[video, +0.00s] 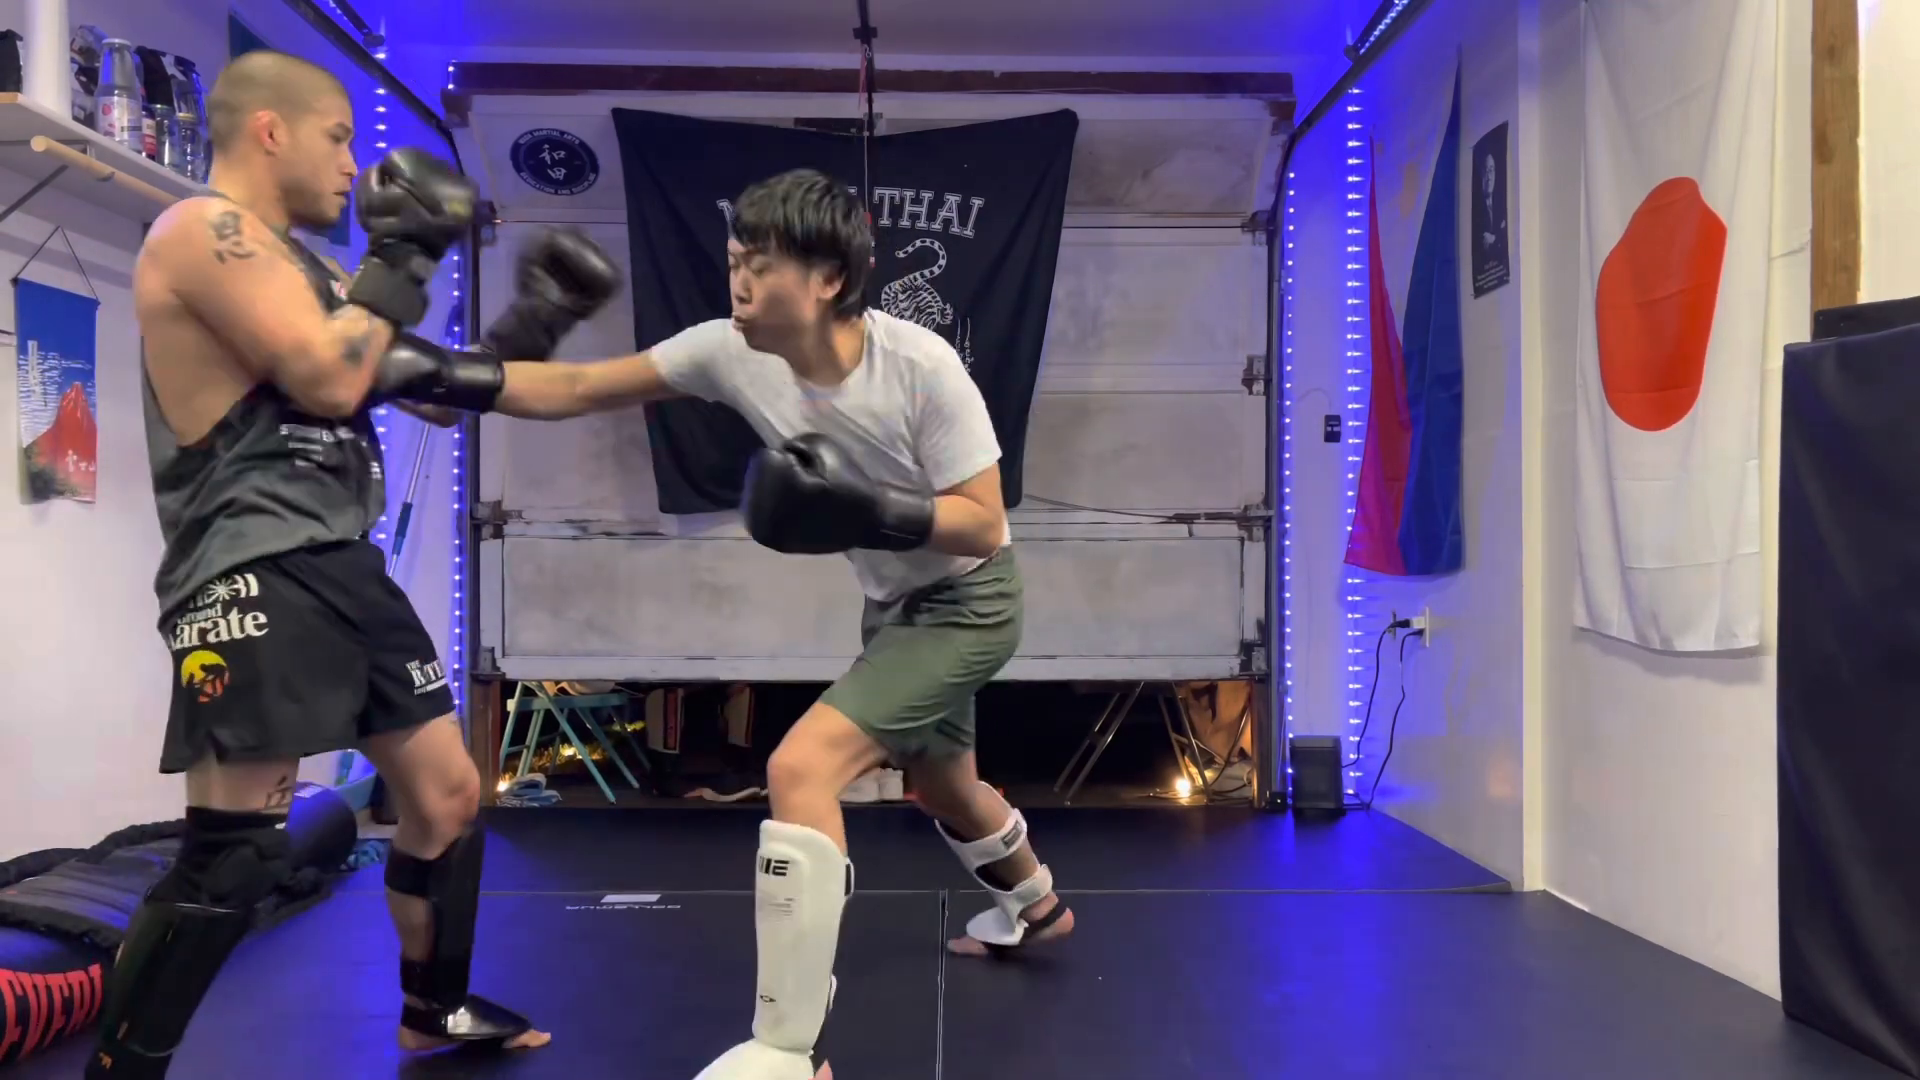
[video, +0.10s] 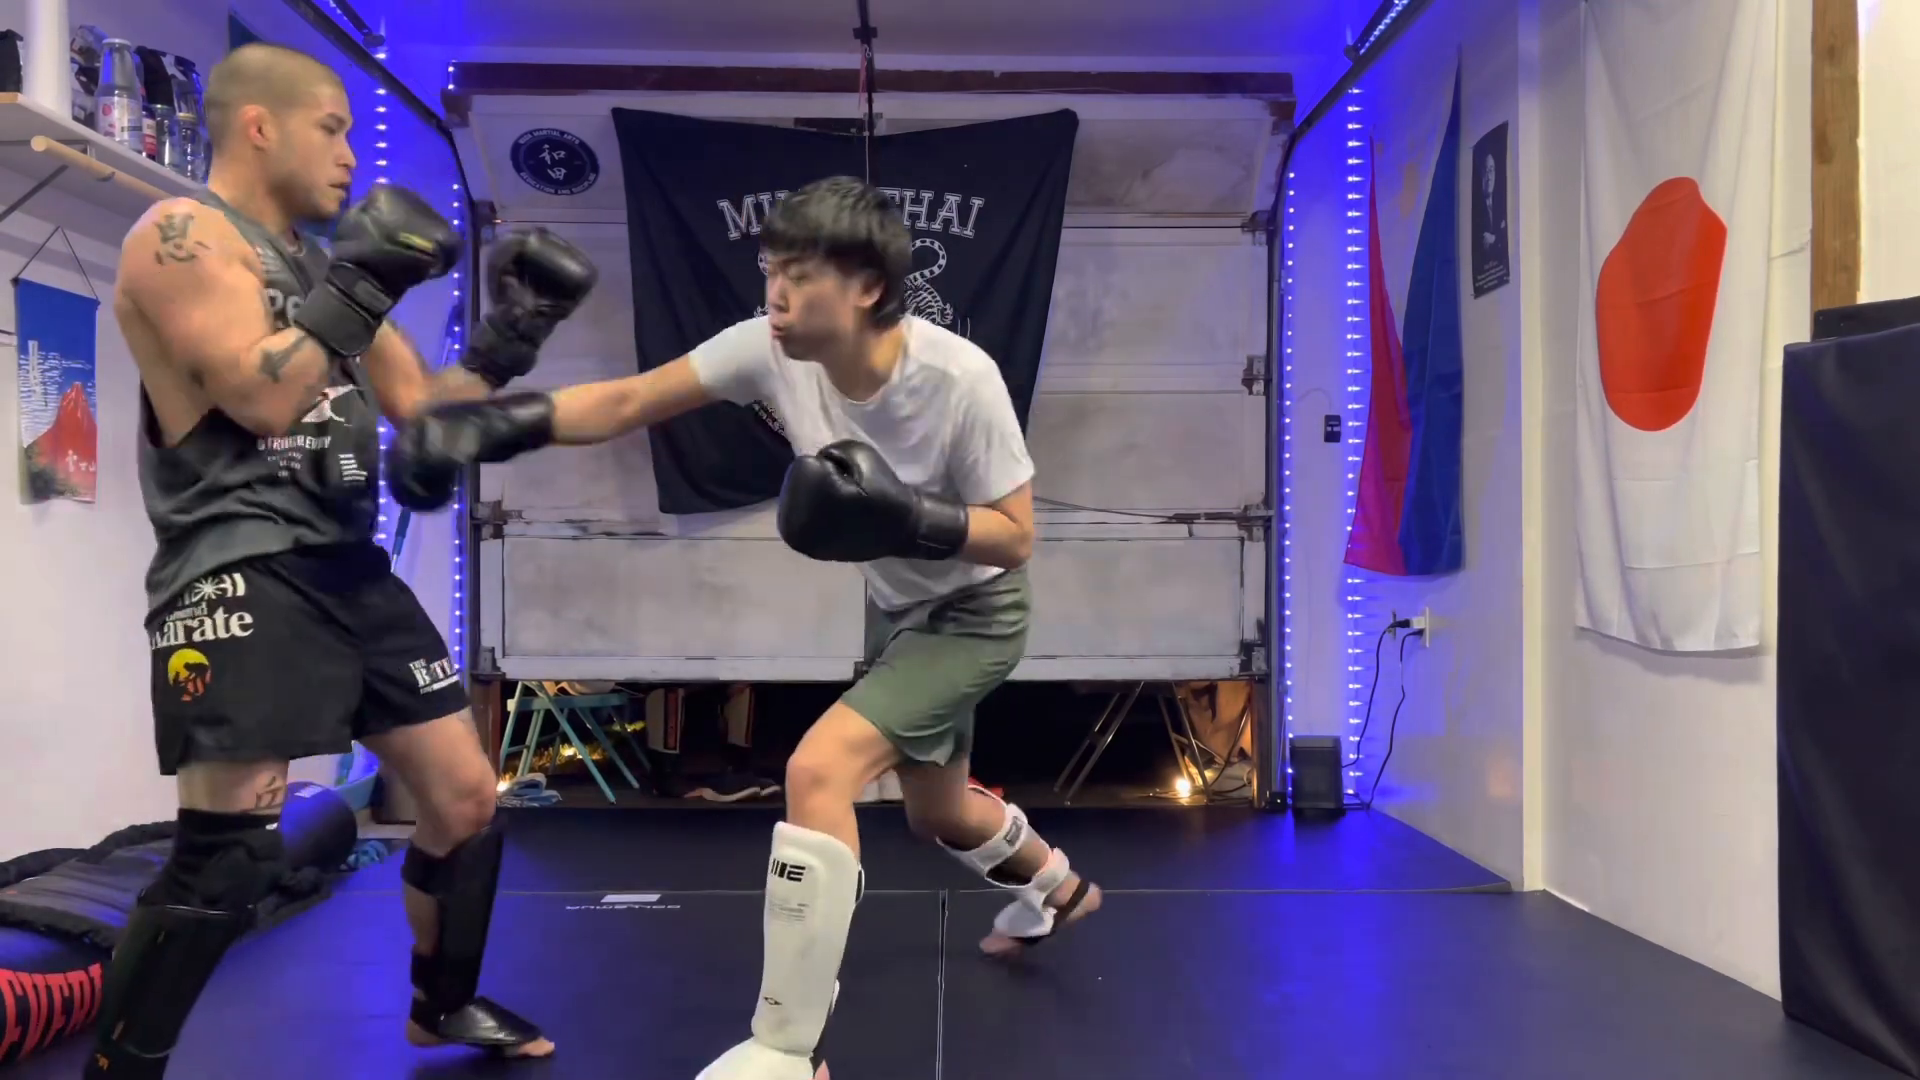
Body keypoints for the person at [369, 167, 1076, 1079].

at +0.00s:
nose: (738, 282)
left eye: (759, 263)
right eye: (738, 262)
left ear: (832, 280)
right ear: (738, 273)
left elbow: (984, 526)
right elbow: (573, 385)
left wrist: (872, 508)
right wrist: (435, 373)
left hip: (969, 599)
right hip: (894, 603)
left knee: (803, 770)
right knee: (948, 788)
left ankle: (786, 1049)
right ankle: (1033, 903)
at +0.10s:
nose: (777, 292)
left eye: (798, 272)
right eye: (775, 270)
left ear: (869, 287)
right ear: (771, 278)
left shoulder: (961, 381)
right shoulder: (770, 346)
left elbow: (1017, 537)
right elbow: (628, 401)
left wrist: (905, 518)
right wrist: (506, 421)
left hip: (976, 611)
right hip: (894, 607)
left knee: (822, 771)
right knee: (941, 806)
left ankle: (783, 1050)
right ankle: (1054, 886)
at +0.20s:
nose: (842, 273)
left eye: (865, 257)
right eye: (842, 253)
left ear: (934, 277)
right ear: (840, 260)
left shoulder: (1010, 376)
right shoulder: (833, 335)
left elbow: (1038, 547)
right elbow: (713, 405)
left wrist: (933, 504)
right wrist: (644, 430)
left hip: (989, 610)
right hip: (906, 600)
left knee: (828, 770)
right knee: (909, 819)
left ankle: (782, 1049)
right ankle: (1077, 877)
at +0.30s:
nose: (900, 250)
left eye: (924, 235)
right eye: (900, 230)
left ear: (991, 254)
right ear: (900, 234)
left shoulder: (1068, 350)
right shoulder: (902, 315)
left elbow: (1093, 516)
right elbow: (813, 406)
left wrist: (994, 479)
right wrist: (770, 367)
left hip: (1029, 597)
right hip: (949, 583)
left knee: (875, 774)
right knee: (946, 805)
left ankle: (787, 1046)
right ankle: (1104, 924)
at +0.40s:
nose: (946, 218)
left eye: (966, 203)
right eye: (946, 200)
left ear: (1034, 219)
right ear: (959, 211)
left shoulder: (1111, 314)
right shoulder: (958, 295)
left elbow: (1124, 475)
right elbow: (861, 389)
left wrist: (1017, 423)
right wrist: (848, 270)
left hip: (1093, 568)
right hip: (1011, 559)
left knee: (947, 762)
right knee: (1008, 774)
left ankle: (838, 1043)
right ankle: (1124, 944)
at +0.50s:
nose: (985, 189)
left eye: (1003, 167)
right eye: (983, 168)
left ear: (1068, 175)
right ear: (1018, 180)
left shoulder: (1123, 259)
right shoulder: (1033, 268)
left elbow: (1052, 409)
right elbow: (985, 363)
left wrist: (942, 325)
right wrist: (933, 249)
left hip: (1153, 533)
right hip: (1096, 532)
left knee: (1012, 744)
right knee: (1063, 742)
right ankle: (1128, 931)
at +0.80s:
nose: (1113, 215)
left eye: (1131, 193)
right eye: (1113, 195)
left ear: (1196, 203)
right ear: (1169, 210)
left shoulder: (1244, 276)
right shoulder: (1183, 310)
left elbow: (1223, 413)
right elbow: (1124, 410)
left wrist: (1092, 383)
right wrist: (1086, 311)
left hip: (1308, 550)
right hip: (1277, 550)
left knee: (1206, 781)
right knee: (1310, 781)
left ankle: (1259, 1049)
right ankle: (1463, 922)